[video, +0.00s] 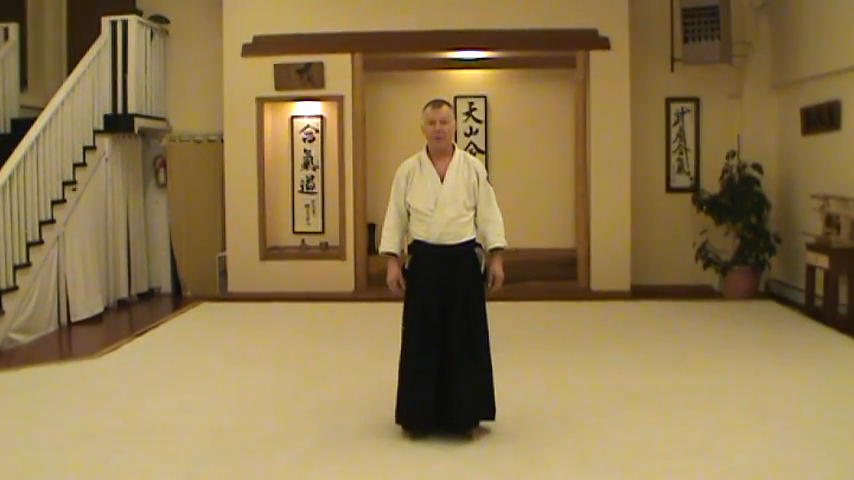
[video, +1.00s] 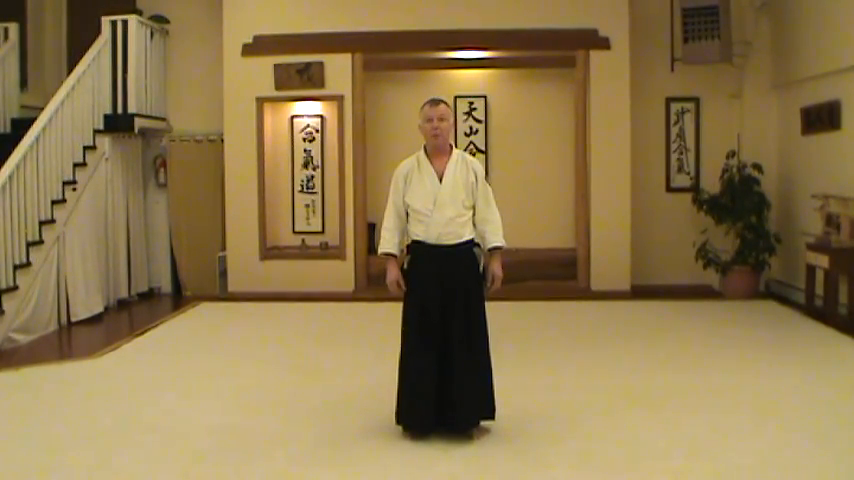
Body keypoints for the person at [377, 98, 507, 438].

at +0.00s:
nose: (438, 128)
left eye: (444, 122)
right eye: (432, 123)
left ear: (455, 126)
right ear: (423, 128)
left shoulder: (472, 167)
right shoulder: (408, 169)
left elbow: (488, 212)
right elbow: (395, 216)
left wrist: (495, 256)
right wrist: (392, 260)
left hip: (463, 260)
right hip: (424, 260)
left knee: (464, 335)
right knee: (422, 336)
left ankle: (463, 416)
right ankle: (419, 416)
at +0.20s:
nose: (437, 128)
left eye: (444, 121)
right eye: (431, 122)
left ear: (454, 125)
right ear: (422, 127)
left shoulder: (471, 166)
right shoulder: (408, 169)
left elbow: (487, 212)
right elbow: (395, 216)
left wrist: (495, 256)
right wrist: (392, 260)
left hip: (463, 260)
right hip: (423, 260)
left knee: (464, 336)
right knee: (422, 336)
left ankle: (465, 416)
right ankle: (419, 416)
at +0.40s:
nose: (438, 128)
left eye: (444, 121)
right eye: (431, 122)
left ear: (454, 125)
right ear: (422, 128)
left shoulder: (471, 166)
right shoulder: (408, 169)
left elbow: (487, 212)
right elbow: (395, 216)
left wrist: (494, 256)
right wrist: (392, 260)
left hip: (463, 260)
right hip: (423, 260)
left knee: (464, 335)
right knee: (422, 336)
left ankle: (464, 416)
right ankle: (419, 417)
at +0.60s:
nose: (438, 128)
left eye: (444, 121)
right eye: (431, 122)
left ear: (454, 125)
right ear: (421, 128)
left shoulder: (471, 166)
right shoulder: (407, 169)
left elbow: (486, 211)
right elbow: (394, 216)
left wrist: (494, 256)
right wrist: (392, 260)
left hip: (462, 259)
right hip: (423, 260)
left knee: (463, 336)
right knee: (422, 336)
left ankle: (464, 416)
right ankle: (420, 416)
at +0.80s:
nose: (436, 126)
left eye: (442, 120)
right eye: (429, 121)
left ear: (453, 125)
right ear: (420, 127)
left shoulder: (470, 166)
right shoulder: (406, 170)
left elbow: (486, 211)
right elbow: (394, 216)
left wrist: (494, 256)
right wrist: (391, 261)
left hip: (462, 260)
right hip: (423, 260)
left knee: (464, 336)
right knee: (422, 336)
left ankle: (464, 416)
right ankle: (420, 417)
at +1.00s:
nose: (435, 126)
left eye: (442, 120)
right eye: (429, 120)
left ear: (453, 124)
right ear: (420, 127)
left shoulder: (470, 166)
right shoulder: (406, 170)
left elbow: (486, 212)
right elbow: (393, 217)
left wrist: (494, 256)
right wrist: (391, 262)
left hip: (462, 260)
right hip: (422, 260)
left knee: (463, 335)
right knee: (422, 336)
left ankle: (463, 416)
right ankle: (419, 417)